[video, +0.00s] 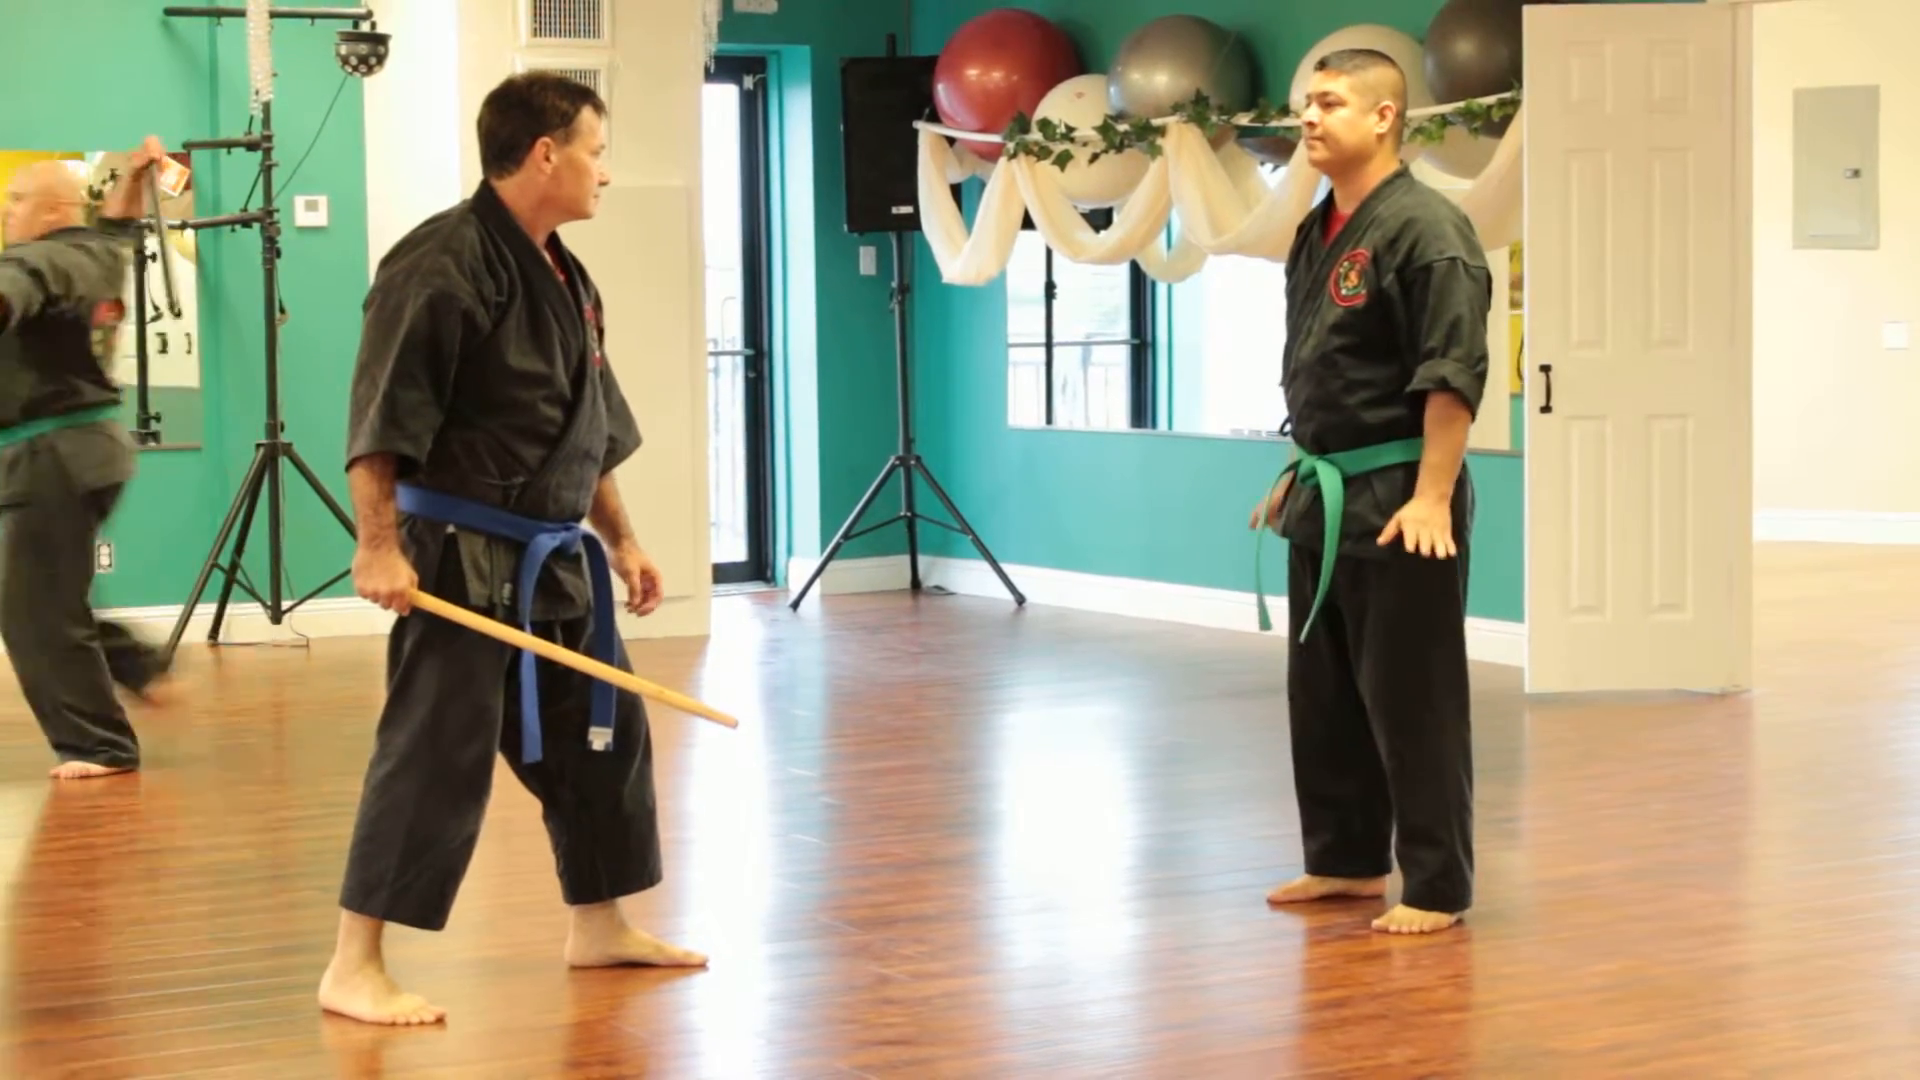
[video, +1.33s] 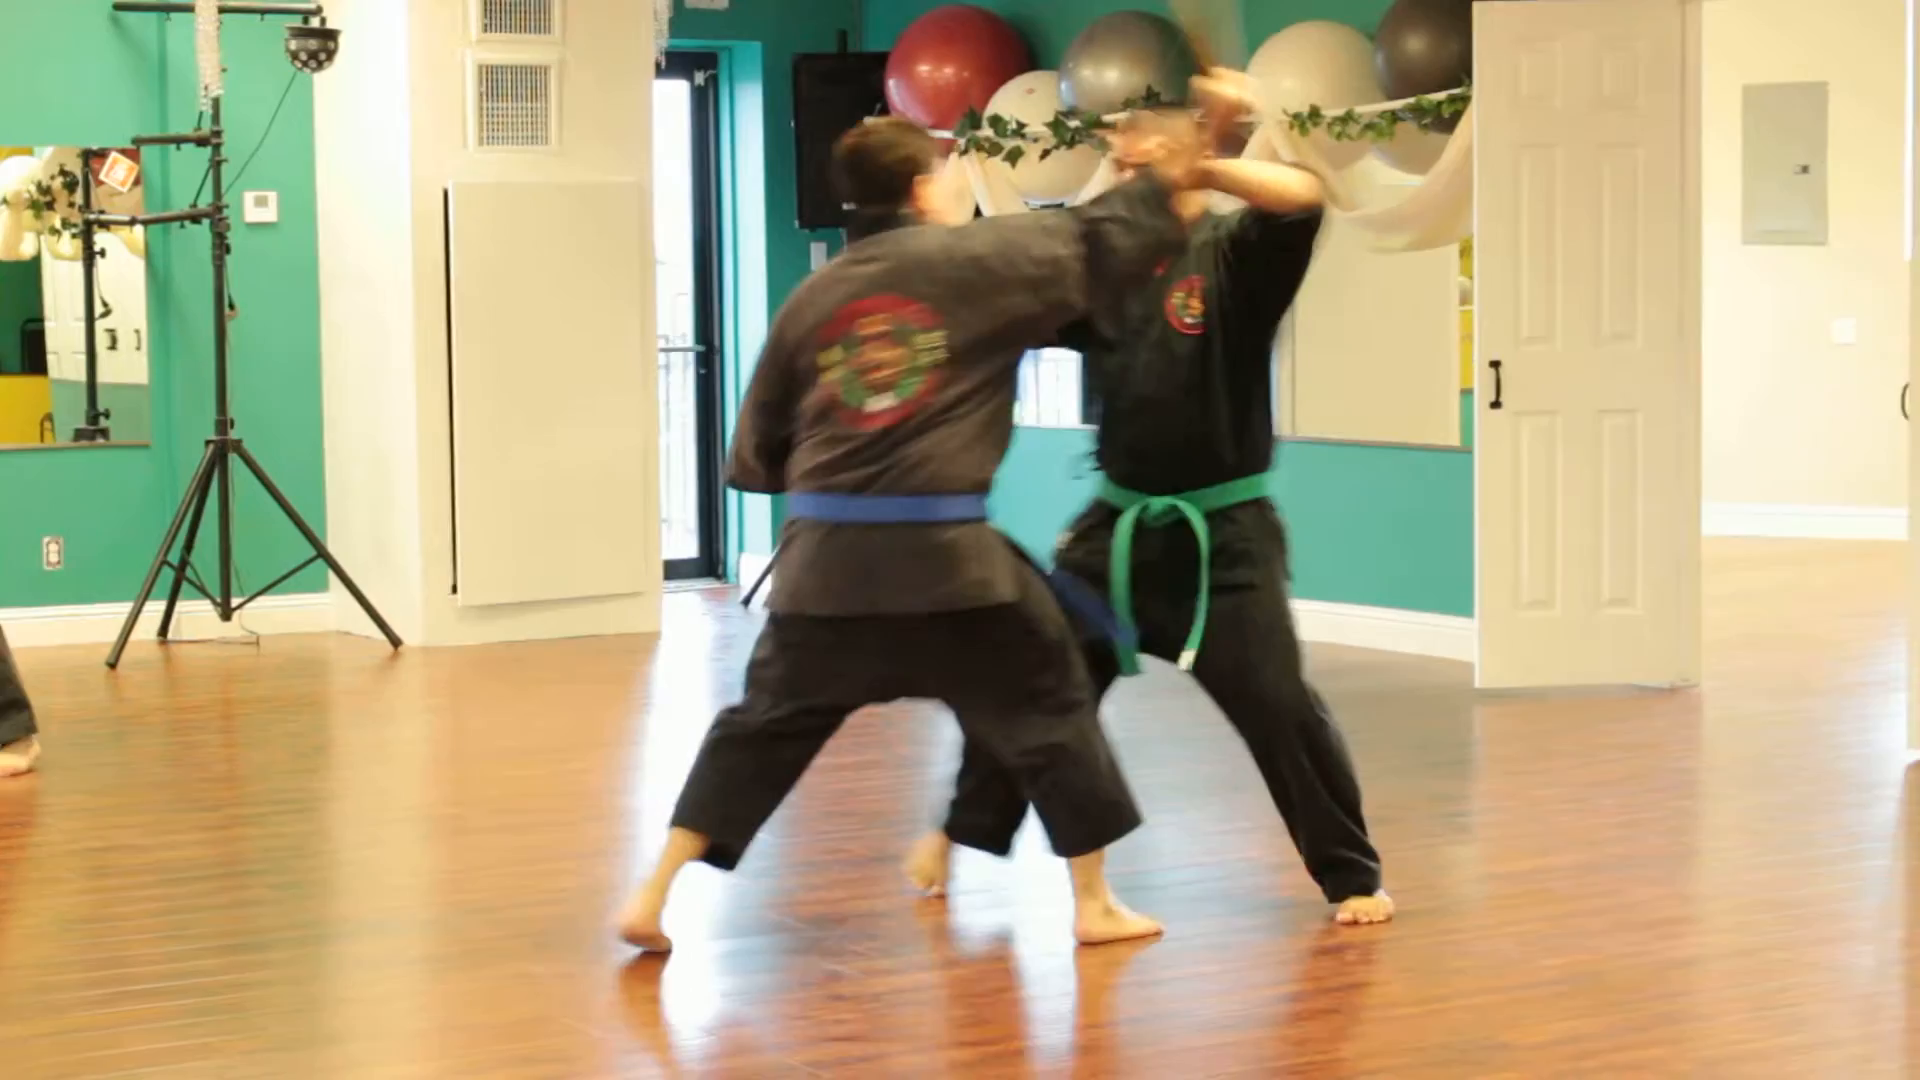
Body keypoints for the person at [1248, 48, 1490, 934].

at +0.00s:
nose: (1308, 119)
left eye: (1329, 104)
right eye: (1306, 106)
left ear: (1385, 118)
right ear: (1308, 123)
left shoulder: (1429, 226)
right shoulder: (1317, 230)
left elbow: (1453, 375)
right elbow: (1320, 366)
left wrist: (1432, 496)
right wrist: (1301, 468)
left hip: (1402, 481)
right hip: (1326, 481)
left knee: (1412, 689)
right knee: (1328, 683)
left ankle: (1436, 887)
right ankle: (1347, 861)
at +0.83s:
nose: (1276, 131)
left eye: (1295, 116)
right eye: (1274, 118)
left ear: (1352, 127)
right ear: (1291, 132)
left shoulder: (1377, 233)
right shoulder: (1313, 228)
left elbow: (1375, 385)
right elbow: (1312, 373)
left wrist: (1301, 477)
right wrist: (1268, 454)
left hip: (1385, 487)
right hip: (1318, 480)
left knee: (1375, 679)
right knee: (1307, 675)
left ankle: (1388, 873)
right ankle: (1336, 861)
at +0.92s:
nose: (1272, 144)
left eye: (1291, 129)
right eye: (1269, 131)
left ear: (1347, 140)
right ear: (1274, 145)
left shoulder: (1366, 239)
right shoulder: (1310, 241)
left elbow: (1335, 370)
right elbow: (1283, 369)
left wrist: (1220, 383)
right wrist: (1264, 387)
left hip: (1379, 497)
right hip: (1303, 494)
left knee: (1373, 688)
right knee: (1246, 658)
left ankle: (1384, 873)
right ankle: (1308, 824)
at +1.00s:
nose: (1268, 154)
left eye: (1286, 139)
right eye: (1264, 140)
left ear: (1340, 150)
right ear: (1269, 153)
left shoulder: (1359, 253)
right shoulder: (1309, 244)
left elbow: (1255, 349)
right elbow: (1282, 296)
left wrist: (1170, 291)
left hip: (1371, 505)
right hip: (1291, 500)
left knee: (1366, 684)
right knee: (1199, 642)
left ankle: (1383, 878)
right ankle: (1226, 812)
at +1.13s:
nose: (1248, 163)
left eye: (1265, 146)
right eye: (1241, 150)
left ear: (1321, 153)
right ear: (1243, 164)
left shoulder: (1337, 247)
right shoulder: (1267, 246)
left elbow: (1232, 291)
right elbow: (1201, 280)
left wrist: (1146, 230)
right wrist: (1168, 204)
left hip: (1343, 513)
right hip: (1257, 510)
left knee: (1338, 691)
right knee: (1159, 663)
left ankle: (1382, 884)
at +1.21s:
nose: (1194, 169)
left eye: (1210, 154)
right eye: (1188, 156)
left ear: (1265, 162)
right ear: (1185, 167)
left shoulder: (1293, 246)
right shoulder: (1191, 261)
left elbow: (1219, 245)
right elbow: (1128, 295)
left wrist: (1116, 212)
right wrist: (1079, 205)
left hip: (1284, 513)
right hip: (1189, 510)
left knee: (1299, 694)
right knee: (1096, 676)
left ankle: (1348, 884)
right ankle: (1016, 826)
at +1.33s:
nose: (1133, 163)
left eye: (1154, 146)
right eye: (1125, 149)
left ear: (1198, 158)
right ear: (1112, 162)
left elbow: (1305, 199)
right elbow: (999, 282)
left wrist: (1201, 167)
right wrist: (959, 194)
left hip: (1228, 516)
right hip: (1121, 515)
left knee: (1270, 694)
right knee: (1041, 672)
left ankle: (1353, 880)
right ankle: (953, 831)